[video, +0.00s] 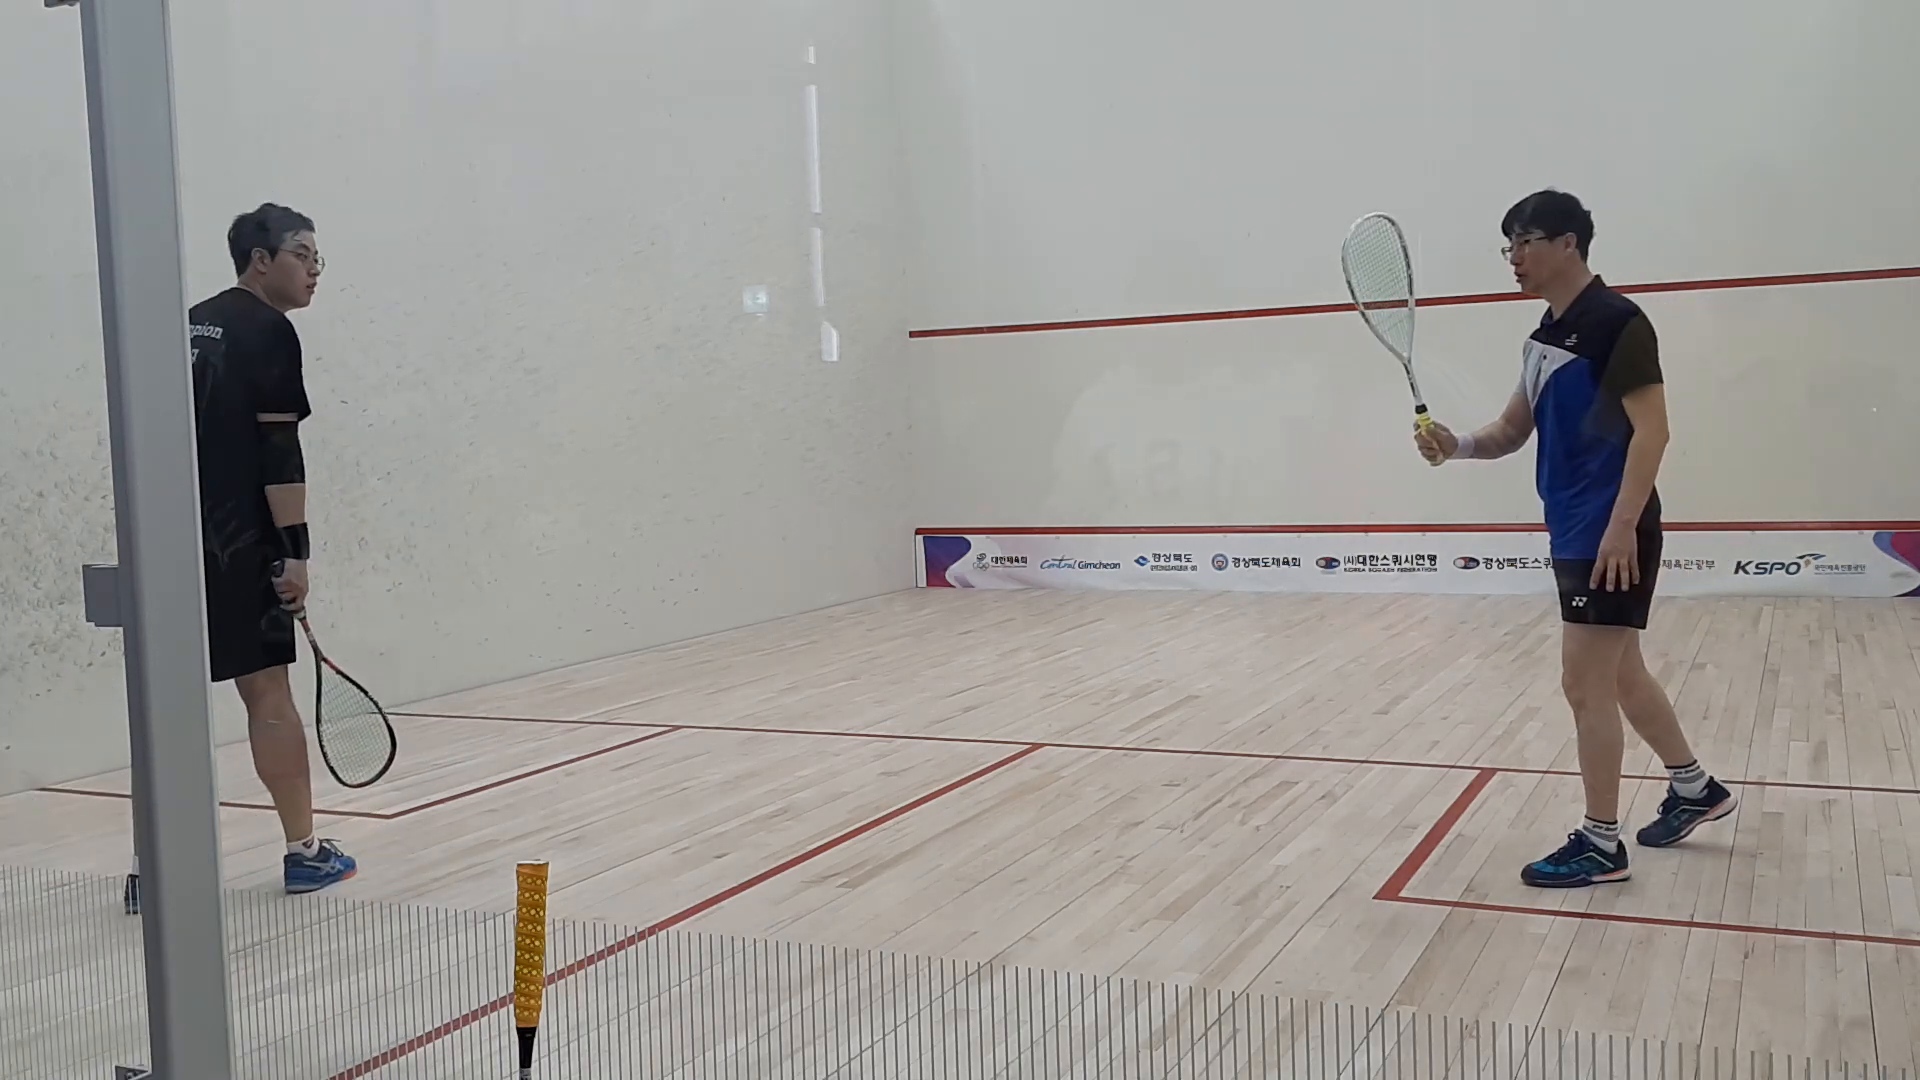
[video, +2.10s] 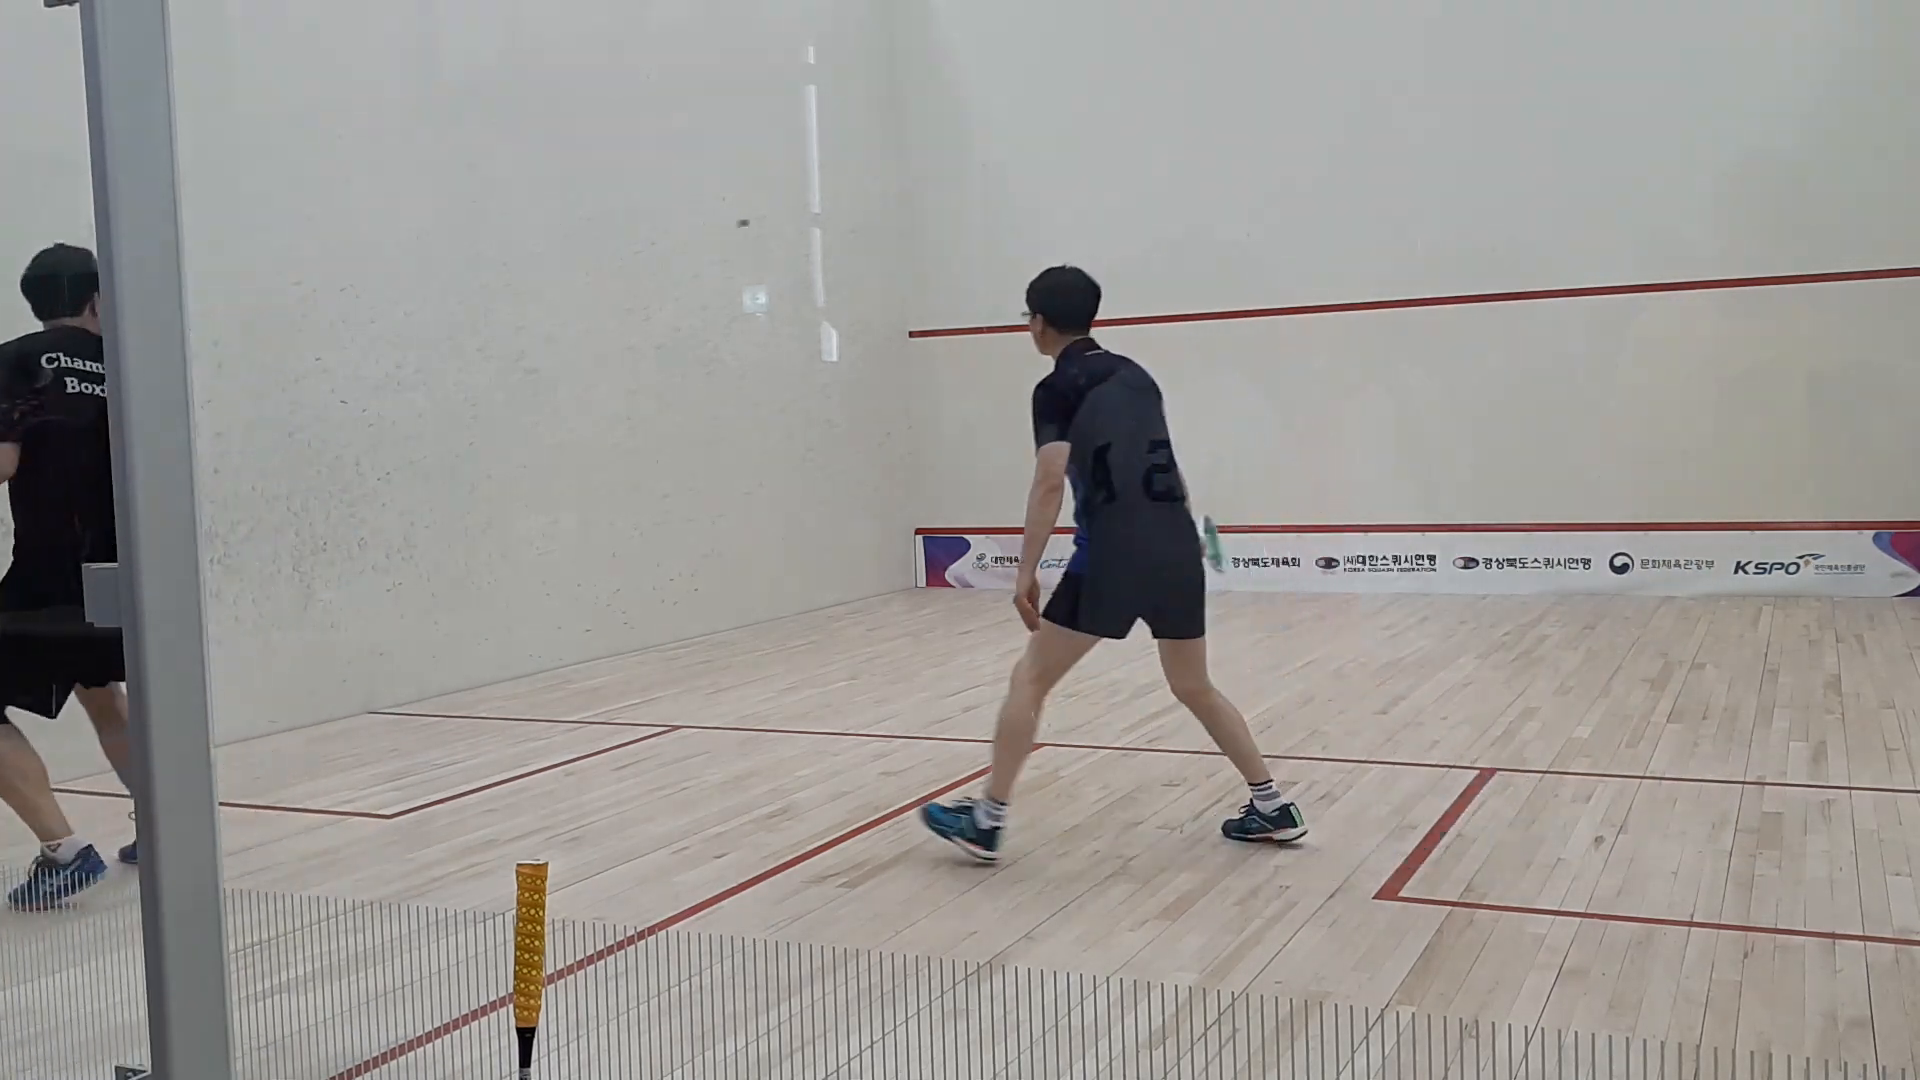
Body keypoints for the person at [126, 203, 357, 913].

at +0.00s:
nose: (316, 271)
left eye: (316, 258)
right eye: (305, 257)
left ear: (255, 265)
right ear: (260, 260)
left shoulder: (190, 320)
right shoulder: (270, 332)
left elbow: (170, 438)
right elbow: (280, 453)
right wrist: (297, 550)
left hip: (177, 543)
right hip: (242, 547)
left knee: (165, 705)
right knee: (269, 696)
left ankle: (152, 868)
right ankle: (304, 849)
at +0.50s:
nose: (249, 273)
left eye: (249, 259)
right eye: (242, 259)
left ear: (187, 257)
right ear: (206, 256)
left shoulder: (113, 323)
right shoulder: (231, 330)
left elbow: (91, 437)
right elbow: (272, 437)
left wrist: (157, 455)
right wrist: (303, 460)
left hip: (143, 549)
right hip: (232, 543)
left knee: (153, 711)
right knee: (282, 690)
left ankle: (152, 869)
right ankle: (319, 843)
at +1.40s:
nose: (293, 271)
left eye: (290, 260)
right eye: (289, 261)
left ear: (215, 269)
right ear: (272, 267)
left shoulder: (177, 321)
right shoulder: (305, 345)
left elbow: (115, 403)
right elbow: (314, 452)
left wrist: (51, 431)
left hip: (186, 547)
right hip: (276, 550)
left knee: (155, 699)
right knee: (294, 696)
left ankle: (135, 855)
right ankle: (324, 853)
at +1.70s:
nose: (221, 283)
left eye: (217, 271)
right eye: (217, 272)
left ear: (145, 271)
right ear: (202, 277)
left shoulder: (108, 328)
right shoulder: (239, 354)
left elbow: (70, 408)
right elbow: (245, 461)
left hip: (115, 560)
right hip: (216, 564)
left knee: (78, 699)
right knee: (247, 693)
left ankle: (86, 867)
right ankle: (316, 843)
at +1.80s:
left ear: (107, 259)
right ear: (177, 265)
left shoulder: (72, 334)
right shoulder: (205, 353)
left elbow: (30, 419)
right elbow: (210, 464)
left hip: (85, 557)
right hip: (181, 562)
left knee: (59, 703)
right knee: (206, 685)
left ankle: (84, 867)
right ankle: (278, 810)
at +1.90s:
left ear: (76, 270)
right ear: (141, 263)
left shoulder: (44, 334)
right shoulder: (176, 347)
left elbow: (4, 424)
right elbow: (189, 451)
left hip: (69, 559)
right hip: (159, 560)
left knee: (44, 697)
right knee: (171, 697)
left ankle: (82, 865)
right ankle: (204, 827)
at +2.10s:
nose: (110, 308)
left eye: (105, 299)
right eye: (107, 300)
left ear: (36, 304)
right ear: (93, 303)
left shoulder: (14, 358)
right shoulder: (122, 359)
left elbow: (5, 462)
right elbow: (146, 461)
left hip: (40, 575)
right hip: (114, 572)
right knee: (103, 694)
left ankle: (62, 847)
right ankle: (158, 823)